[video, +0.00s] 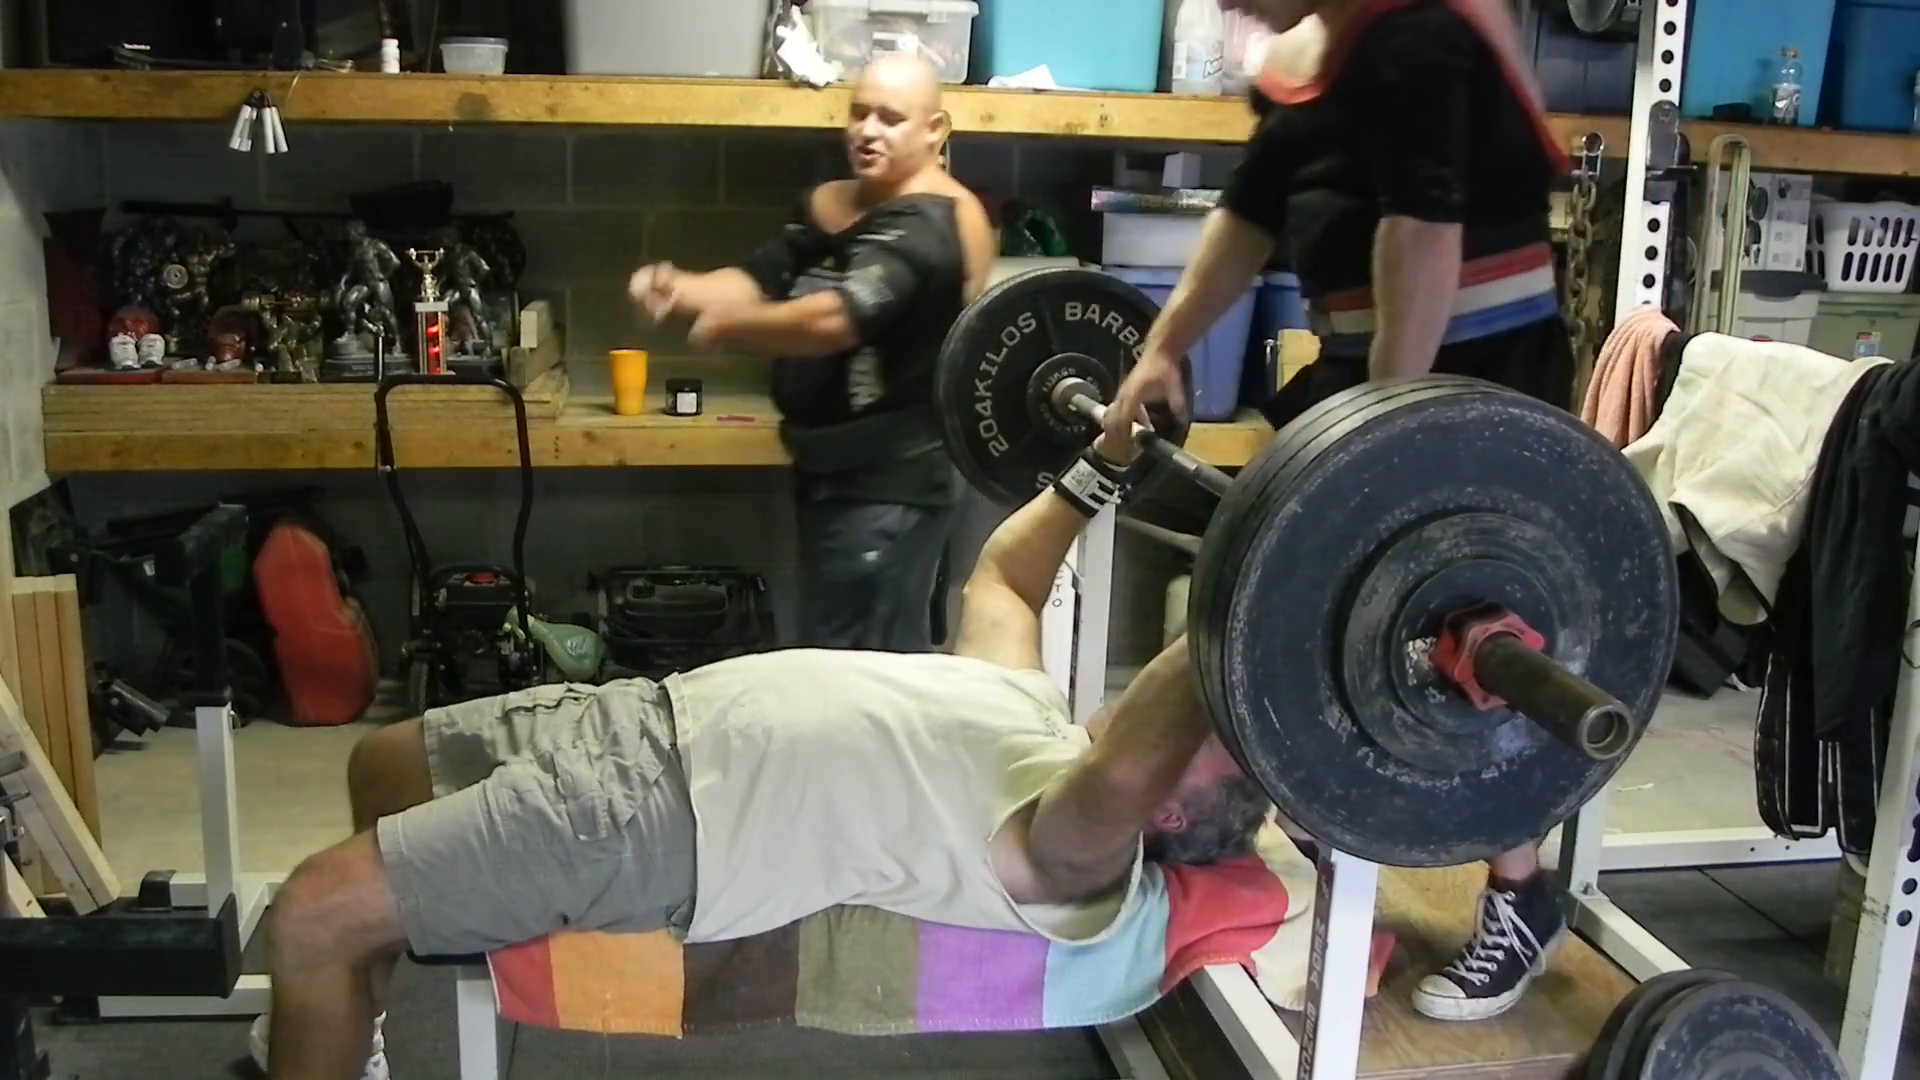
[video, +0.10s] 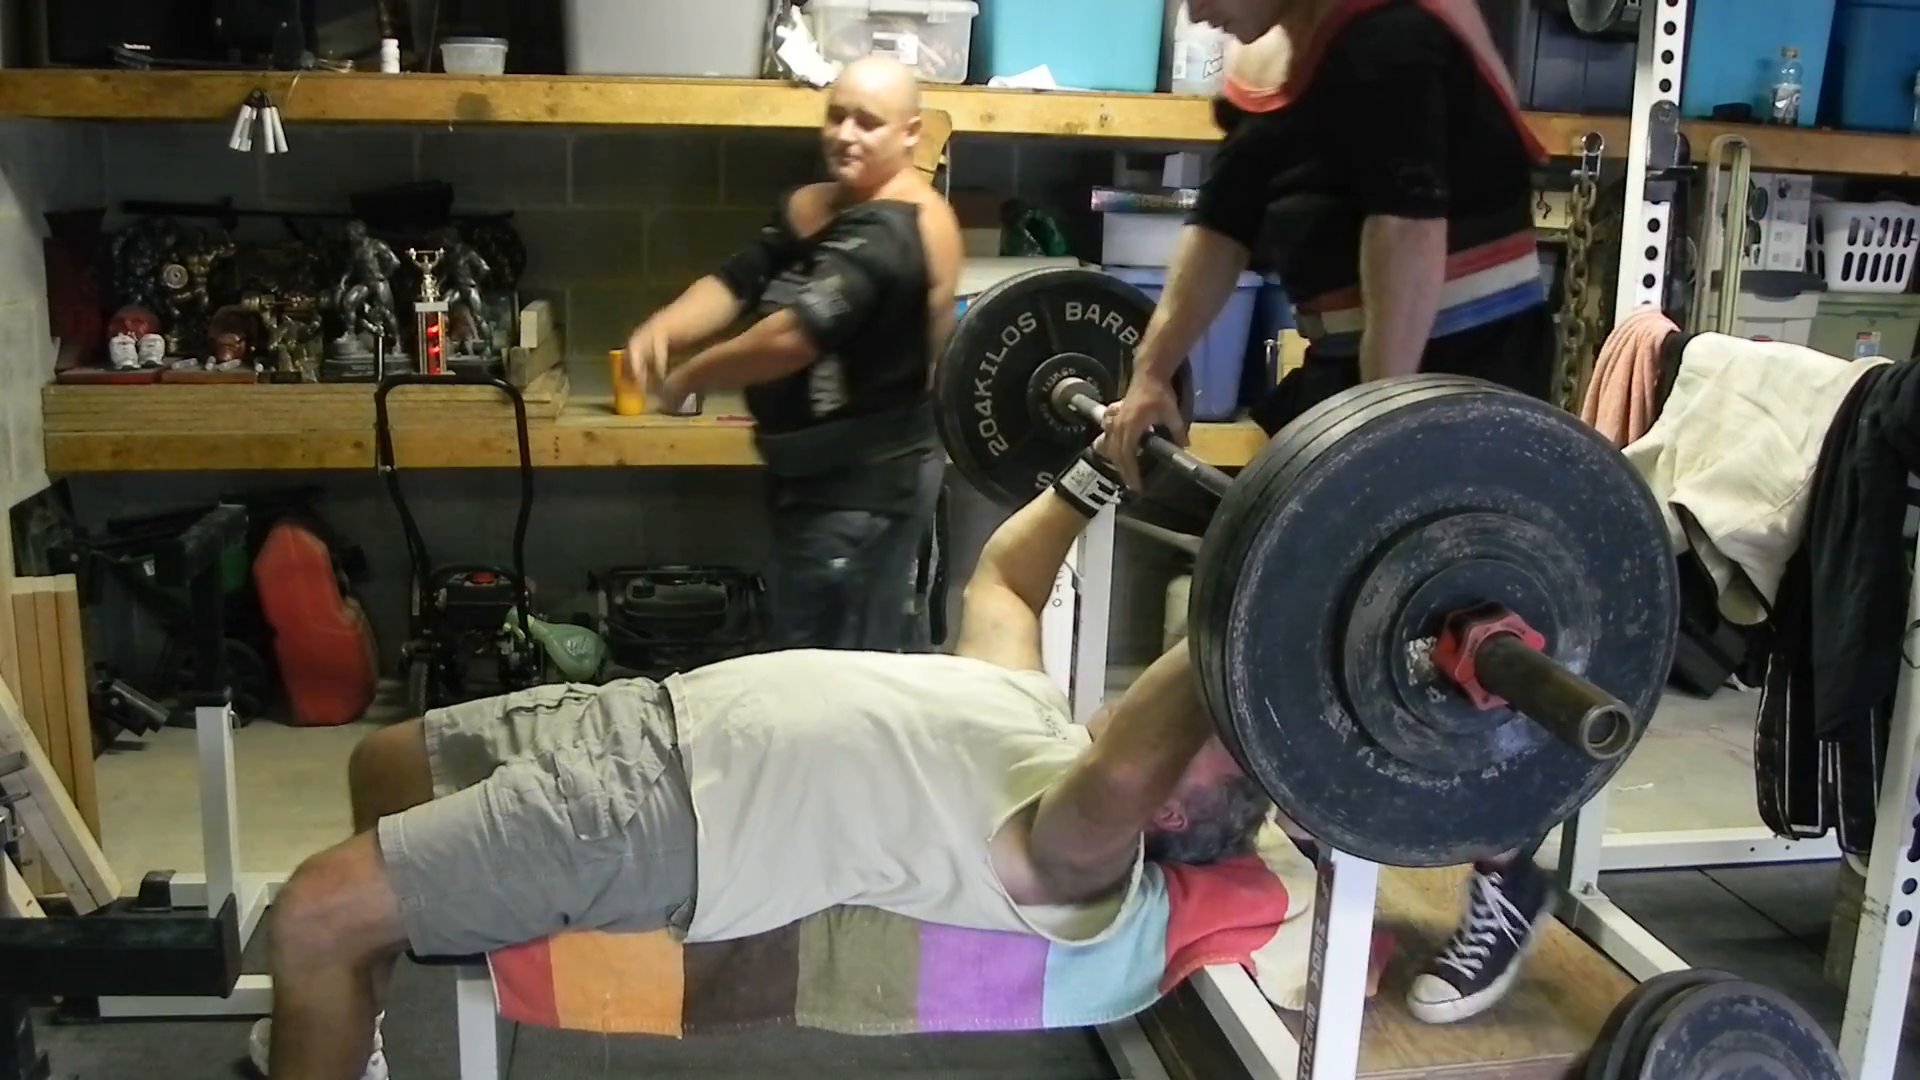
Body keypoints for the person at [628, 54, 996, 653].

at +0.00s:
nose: (867, 131)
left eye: (890, 117)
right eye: (860, 114)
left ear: (936, 131)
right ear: (848, 118)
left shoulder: (925, 221)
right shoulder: (842, 205)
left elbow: (837, 321)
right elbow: (763, 278)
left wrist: (730, 322)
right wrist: (683, 288)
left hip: (887, 486)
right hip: (836, 477)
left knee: (852, 678)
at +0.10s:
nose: (843, 135)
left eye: (867, 121)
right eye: (836, 116)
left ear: (911, 133)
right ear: (824, 119)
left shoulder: (891, 225)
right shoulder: (818, 205)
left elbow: (794, 338)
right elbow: (740, 280)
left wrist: (695, 376)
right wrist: (663, 329)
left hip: (861, 487)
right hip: (816, 475)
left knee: (825, 683)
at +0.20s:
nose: (817, 131)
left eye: (841, 119)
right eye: (811, 112)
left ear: (887, 132)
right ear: (799, 115)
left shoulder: (853, 232)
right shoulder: (797, 207)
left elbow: (759, 347)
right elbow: (714, 291)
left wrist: (665, 404)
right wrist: (637, 373)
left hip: (823, 493)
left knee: (792, 690)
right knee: (838, 680)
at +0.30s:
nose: (790, 122)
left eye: (815, 109)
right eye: (785, 104)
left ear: (864, 125)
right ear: (775, 107)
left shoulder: (822, 223)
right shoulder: (780, 200)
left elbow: (728, 341)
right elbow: (688, 291)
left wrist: (632, 408)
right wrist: (602, 378)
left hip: (802, 495)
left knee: (778, 699)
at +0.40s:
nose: (770, 115)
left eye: (795, 103)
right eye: (766, 98)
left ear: (846, 120)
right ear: (754, 100)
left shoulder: (798, 217)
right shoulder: (758, 195)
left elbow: (699, 328)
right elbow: (663, 287)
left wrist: (593, 399)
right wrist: (567, 367)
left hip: (778, 490)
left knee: (751, 703)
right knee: (800, 694)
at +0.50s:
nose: (753, 112)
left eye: (778, 100)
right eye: (749, 95)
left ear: (829, 118)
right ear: (737, 99)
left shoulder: (782, 213)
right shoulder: (743, 196)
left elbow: (678, 320)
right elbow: (641, 284)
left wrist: (562, 387)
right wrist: (540, 360)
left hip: (762, 494)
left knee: (748, 710)